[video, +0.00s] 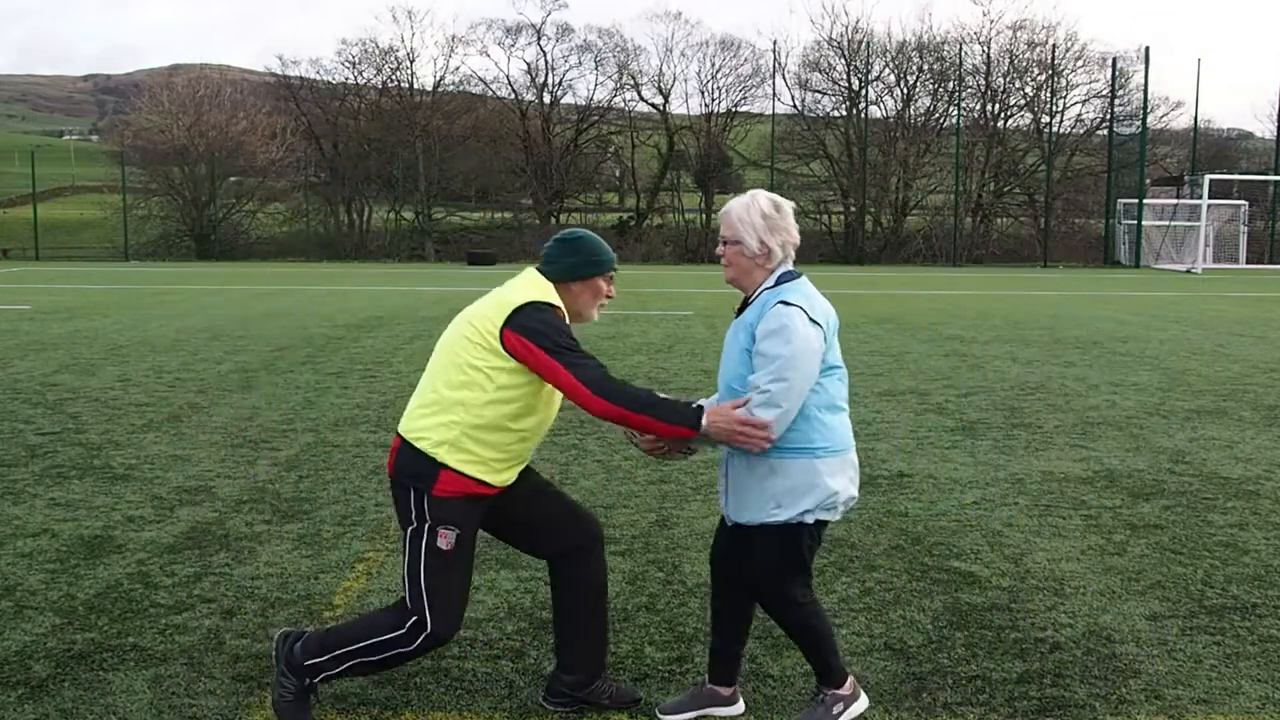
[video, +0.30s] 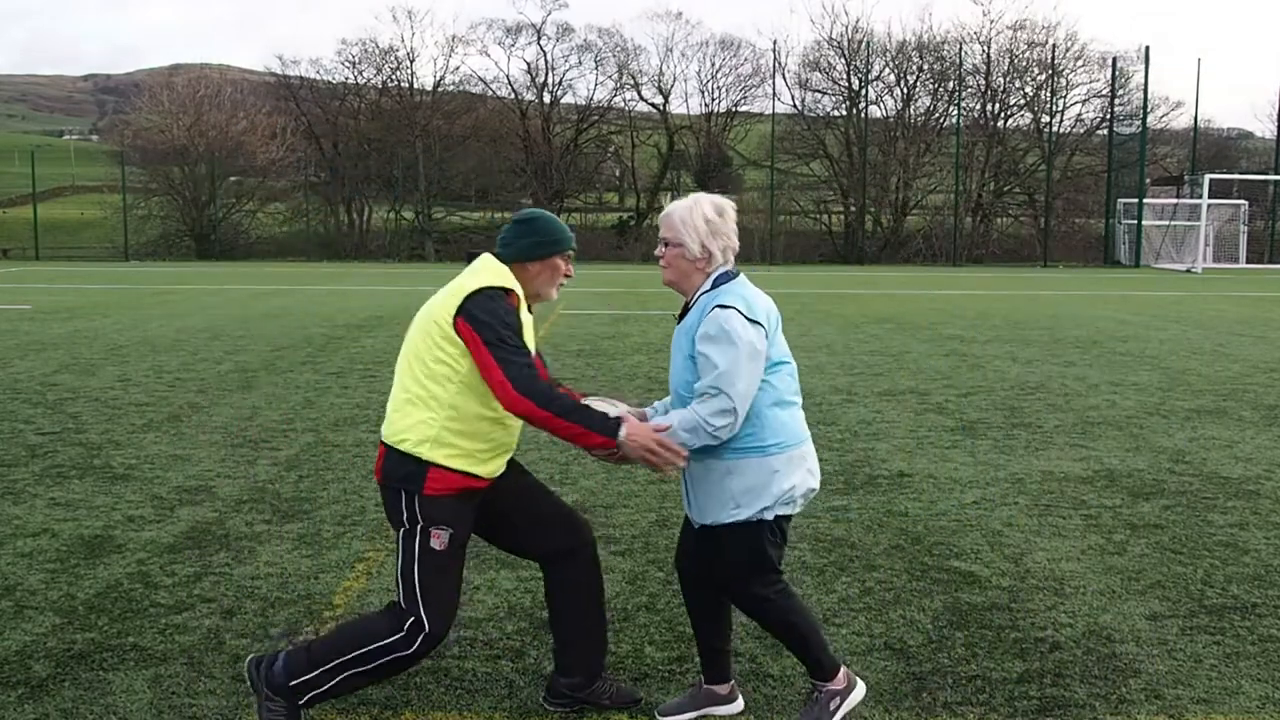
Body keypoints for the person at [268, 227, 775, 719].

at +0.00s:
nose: (609, 291)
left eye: (610, 282)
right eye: (603, 281)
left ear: (568, 277)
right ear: (570, 277)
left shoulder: (545, 310)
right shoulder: (527, 312)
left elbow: (603, 391)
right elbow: (598, 391)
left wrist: (682, 421)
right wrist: (701, 420)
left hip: (487, 467)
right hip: (436, 466)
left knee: (579, 538)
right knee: (431, 621)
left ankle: (577, 680)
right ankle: (300, 658)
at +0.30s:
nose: (568, 274)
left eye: (568, 263)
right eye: (561, 262)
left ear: (530, 261)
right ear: (527, 259)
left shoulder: (511, 299)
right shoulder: (486, 299)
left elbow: (534, 384)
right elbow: (526, 393)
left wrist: (596, 417)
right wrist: (618, 434)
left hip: (481, 467)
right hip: (427, 470)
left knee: (569, 542)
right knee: (419, 625)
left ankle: (579, 680)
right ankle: (281, 678)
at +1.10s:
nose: (290, 173)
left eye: (292, 163)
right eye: (281, 161)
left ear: (266, 169)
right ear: (243, 163)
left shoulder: (254, 225)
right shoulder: (206, 215)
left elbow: (248, 320)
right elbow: (175, 315)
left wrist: (290, 381)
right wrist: (210, 413)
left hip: (238, 405)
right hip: (196, 408)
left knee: (231, 534)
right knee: (216, 542)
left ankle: (207, 644)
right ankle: (169, 678)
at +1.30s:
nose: (256, 175)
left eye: (257, 165)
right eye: (246, 163)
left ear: (231, 171)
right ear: (209, 165)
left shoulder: (218, 223)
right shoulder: (175, 221)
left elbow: (219, 321)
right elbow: (159, 329)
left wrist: (266, 374)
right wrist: (207, 415)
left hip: (215, 408)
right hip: (166, 410)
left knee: (220, 534)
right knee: (164, 547)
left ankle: (202, 646)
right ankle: (130, 675)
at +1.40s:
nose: (248, 176)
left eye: (249, 166)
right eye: (239, 165)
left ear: (220, 171)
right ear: (202, 167)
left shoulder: (210, 227)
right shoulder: (164, 226)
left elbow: (208, 323)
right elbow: (149, 333)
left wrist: (257, 375)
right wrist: (206, 414)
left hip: (200, 407)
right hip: (150, 409)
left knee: (221, 526)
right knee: (152, 546)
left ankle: (203, 646)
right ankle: (130, 675)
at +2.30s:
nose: (238, 169)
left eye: (239, 160)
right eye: (229, 158)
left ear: (216, 165)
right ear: (192, 159)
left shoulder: (205, 221)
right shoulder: (152, 219)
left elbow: (210, 317)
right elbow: (139, 329)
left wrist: (248, 381)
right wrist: (195, 412)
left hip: (206, 406)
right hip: (159, 409)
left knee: (217, 537)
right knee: (172, 550)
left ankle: (205, 643)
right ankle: (156, 684)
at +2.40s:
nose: (236, 169)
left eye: (237, 159)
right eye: (226, 157)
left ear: (215, 165)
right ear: (189, 159)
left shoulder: (202, 218)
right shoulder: (151, 219)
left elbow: (209, 316)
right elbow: (137, 330)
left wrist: (246, 383)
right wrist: (190, 415)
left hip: (207, 407)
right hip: (157, 411)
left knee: (214, 537)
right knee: (164, 552)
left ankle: (206, 643)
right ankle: (156, 683)